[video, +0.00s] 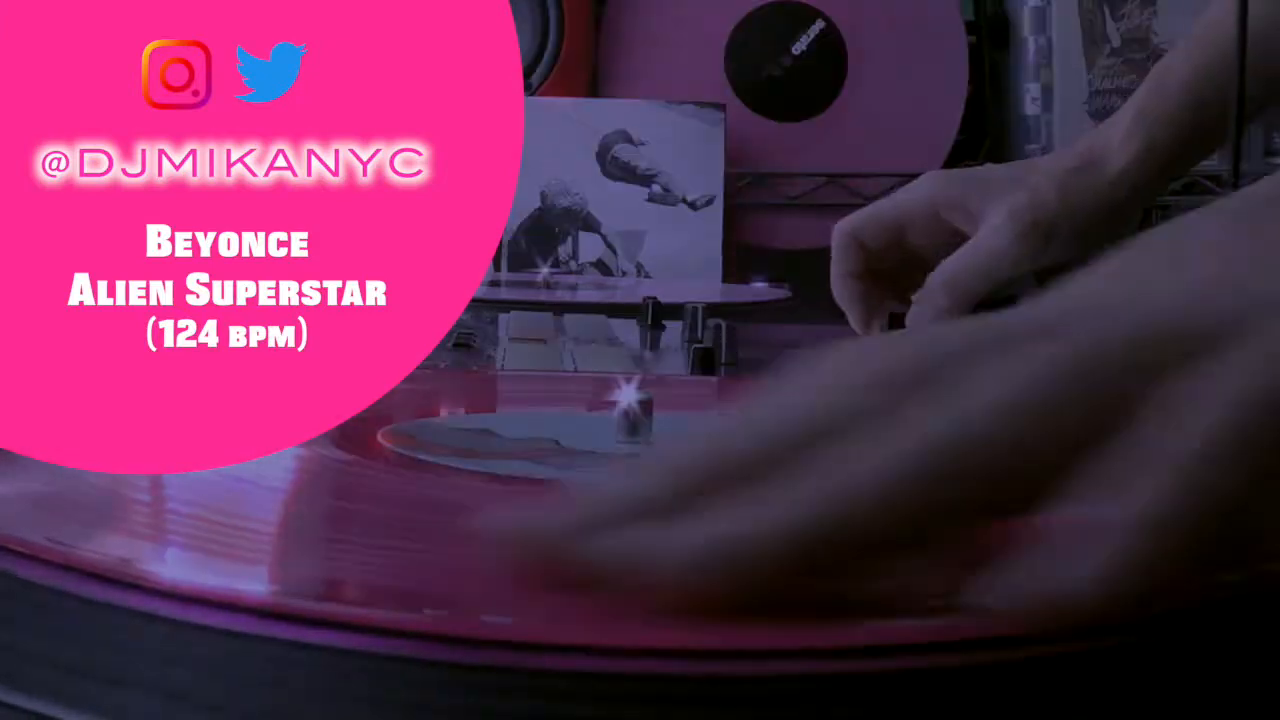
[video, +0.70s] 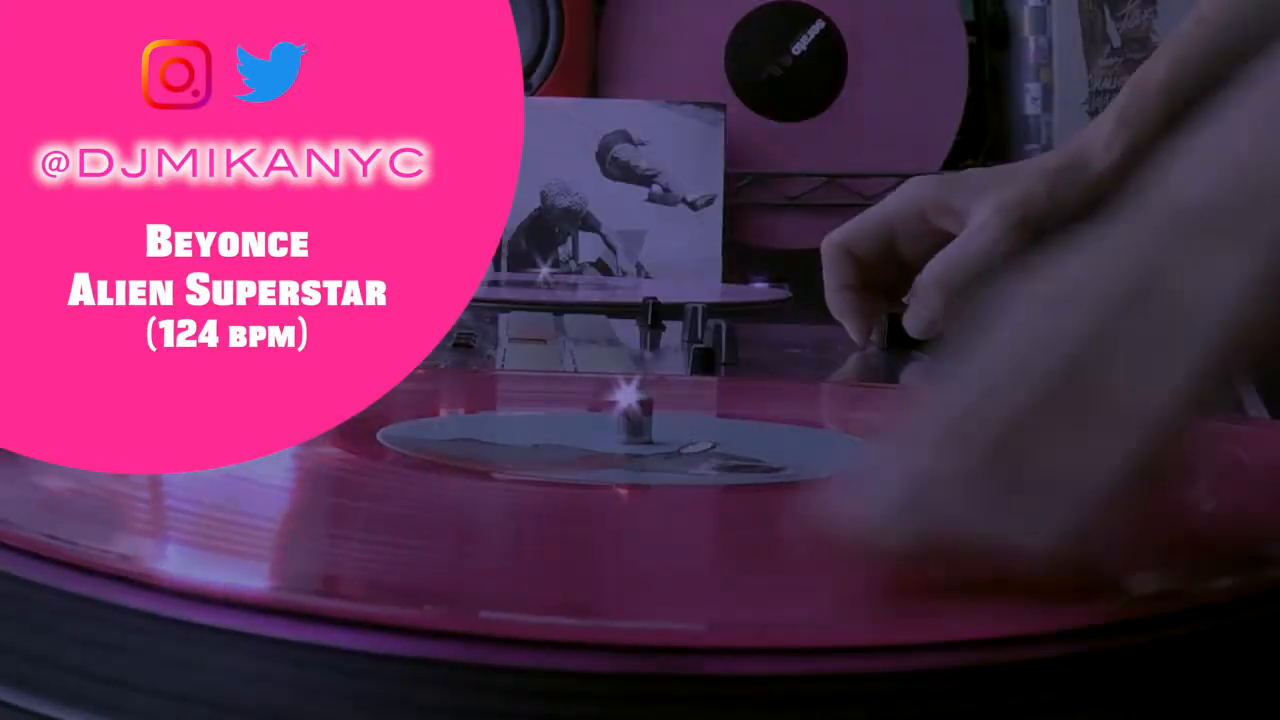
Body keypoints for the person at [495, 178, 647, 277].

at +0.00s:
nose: (573, 223)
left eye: (575, 217)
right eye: (566, 218)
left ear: (577, 210)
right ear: (551, 213)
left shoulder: (576, 214)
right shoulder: (535, 223)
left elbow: (604, 233)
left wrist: (622, 260)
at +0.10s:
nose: (574, 224)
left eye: (575, 218)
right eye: (567, 219)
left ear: (576, 211)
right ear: (552, 214)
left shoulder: (575, 213)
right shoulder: (532, 227)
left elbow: (604, 233)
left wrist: (622, 260)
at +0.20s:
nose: (573, 225)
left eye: (575, 218)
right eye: (567, 220)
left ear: (576, 211)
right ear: (552, 214)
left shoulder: (575, 213)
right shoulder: (533, 225)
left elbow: (604, 232)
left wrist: (622, 259)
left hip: (546, 265)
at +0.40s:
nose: (570, 223)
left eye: (572, 217)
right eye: (563, 217)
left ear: (574, 211)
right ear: (550, 212)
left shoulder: (575, 214)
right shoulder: (534, 224)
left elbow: (603, 232)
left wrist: (622, 258)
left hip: (546, 261)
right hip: (517, 263)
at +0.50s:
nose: (569, 223)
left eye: (572, 217)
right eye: (562, 217)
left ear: (575, 211)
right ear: (550, 212)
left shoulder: (576, 214)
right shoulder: (532, 226)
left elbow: (604, 232)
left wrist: (622, 259)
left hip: (547, 264)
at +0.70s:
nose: (573, 223)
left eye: (574, 217)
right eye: (566, 218)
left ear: (575, 210)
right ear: (551, 214)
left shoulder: (575, 213)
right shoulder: (532, 228)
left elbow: (604, 231)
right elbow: (543, 272)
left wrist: (622, 258)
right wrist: (576, 269)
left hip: (546, 266)